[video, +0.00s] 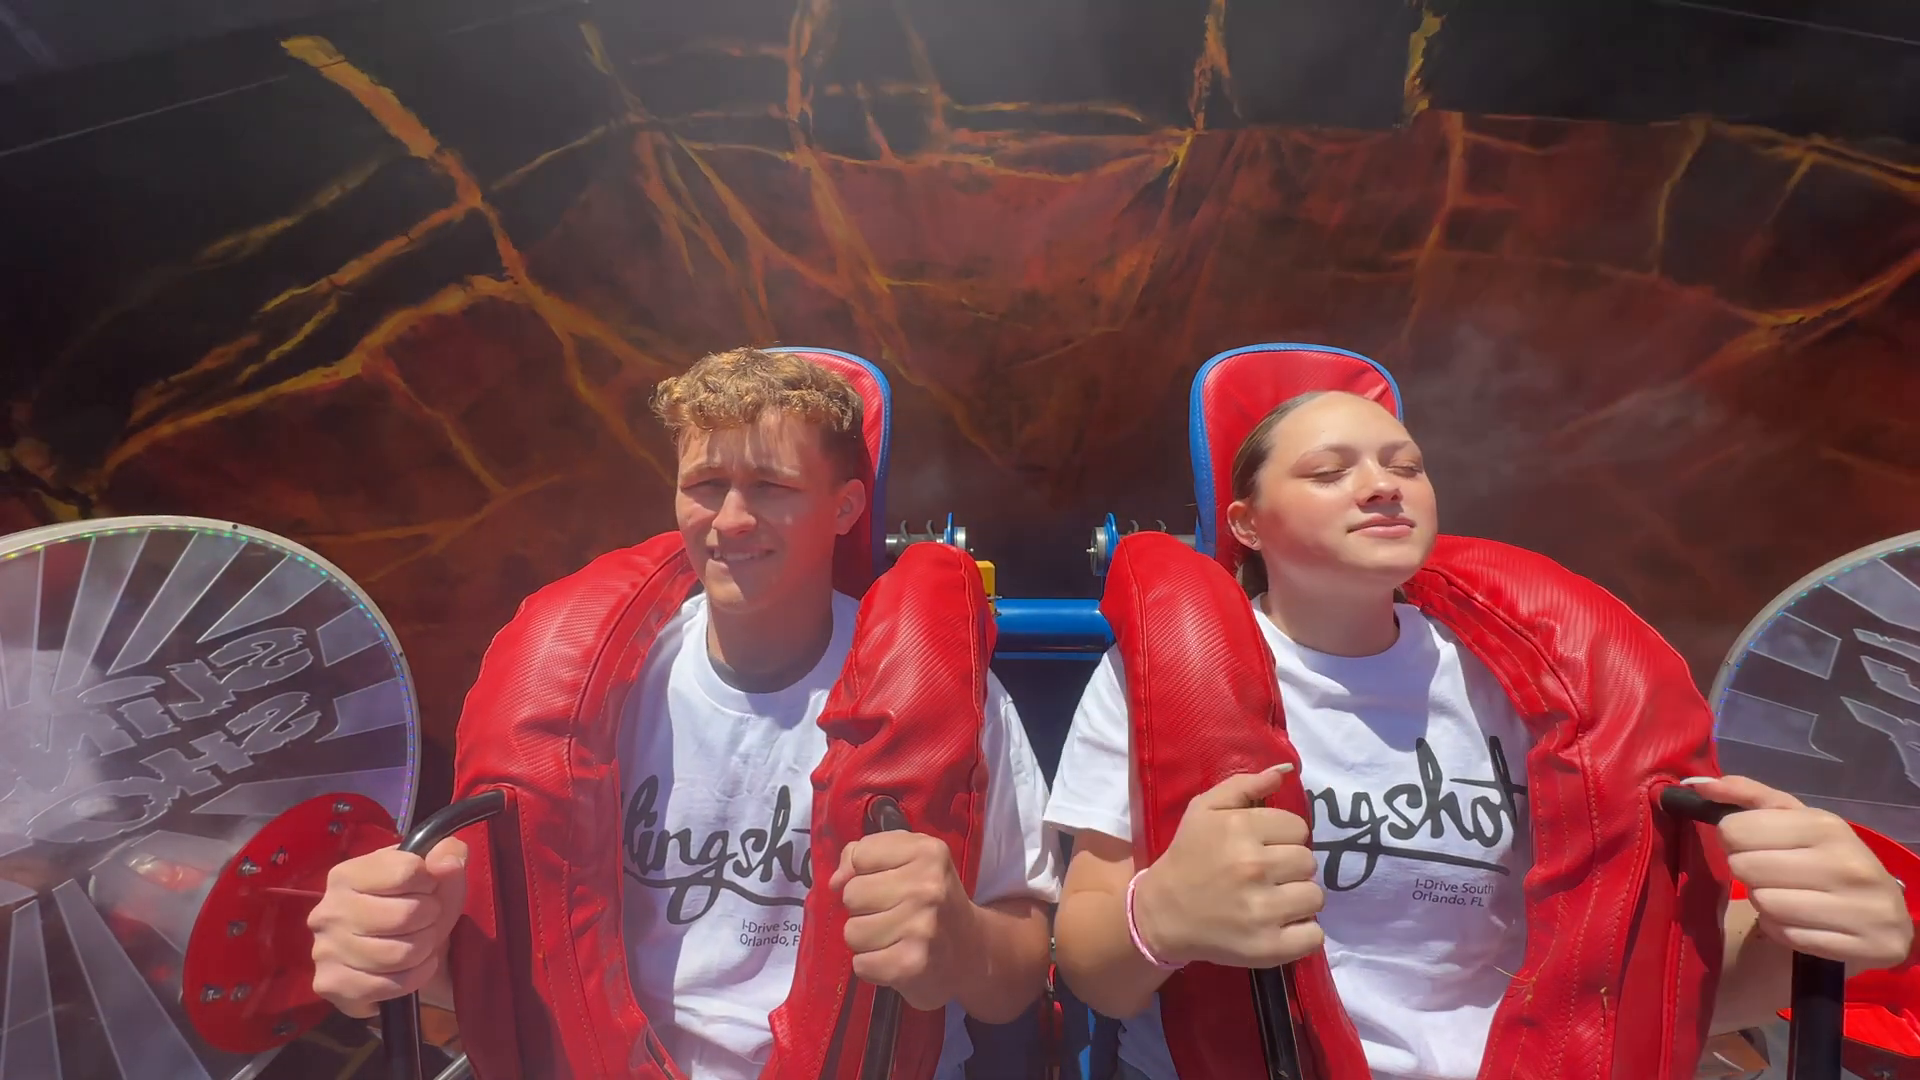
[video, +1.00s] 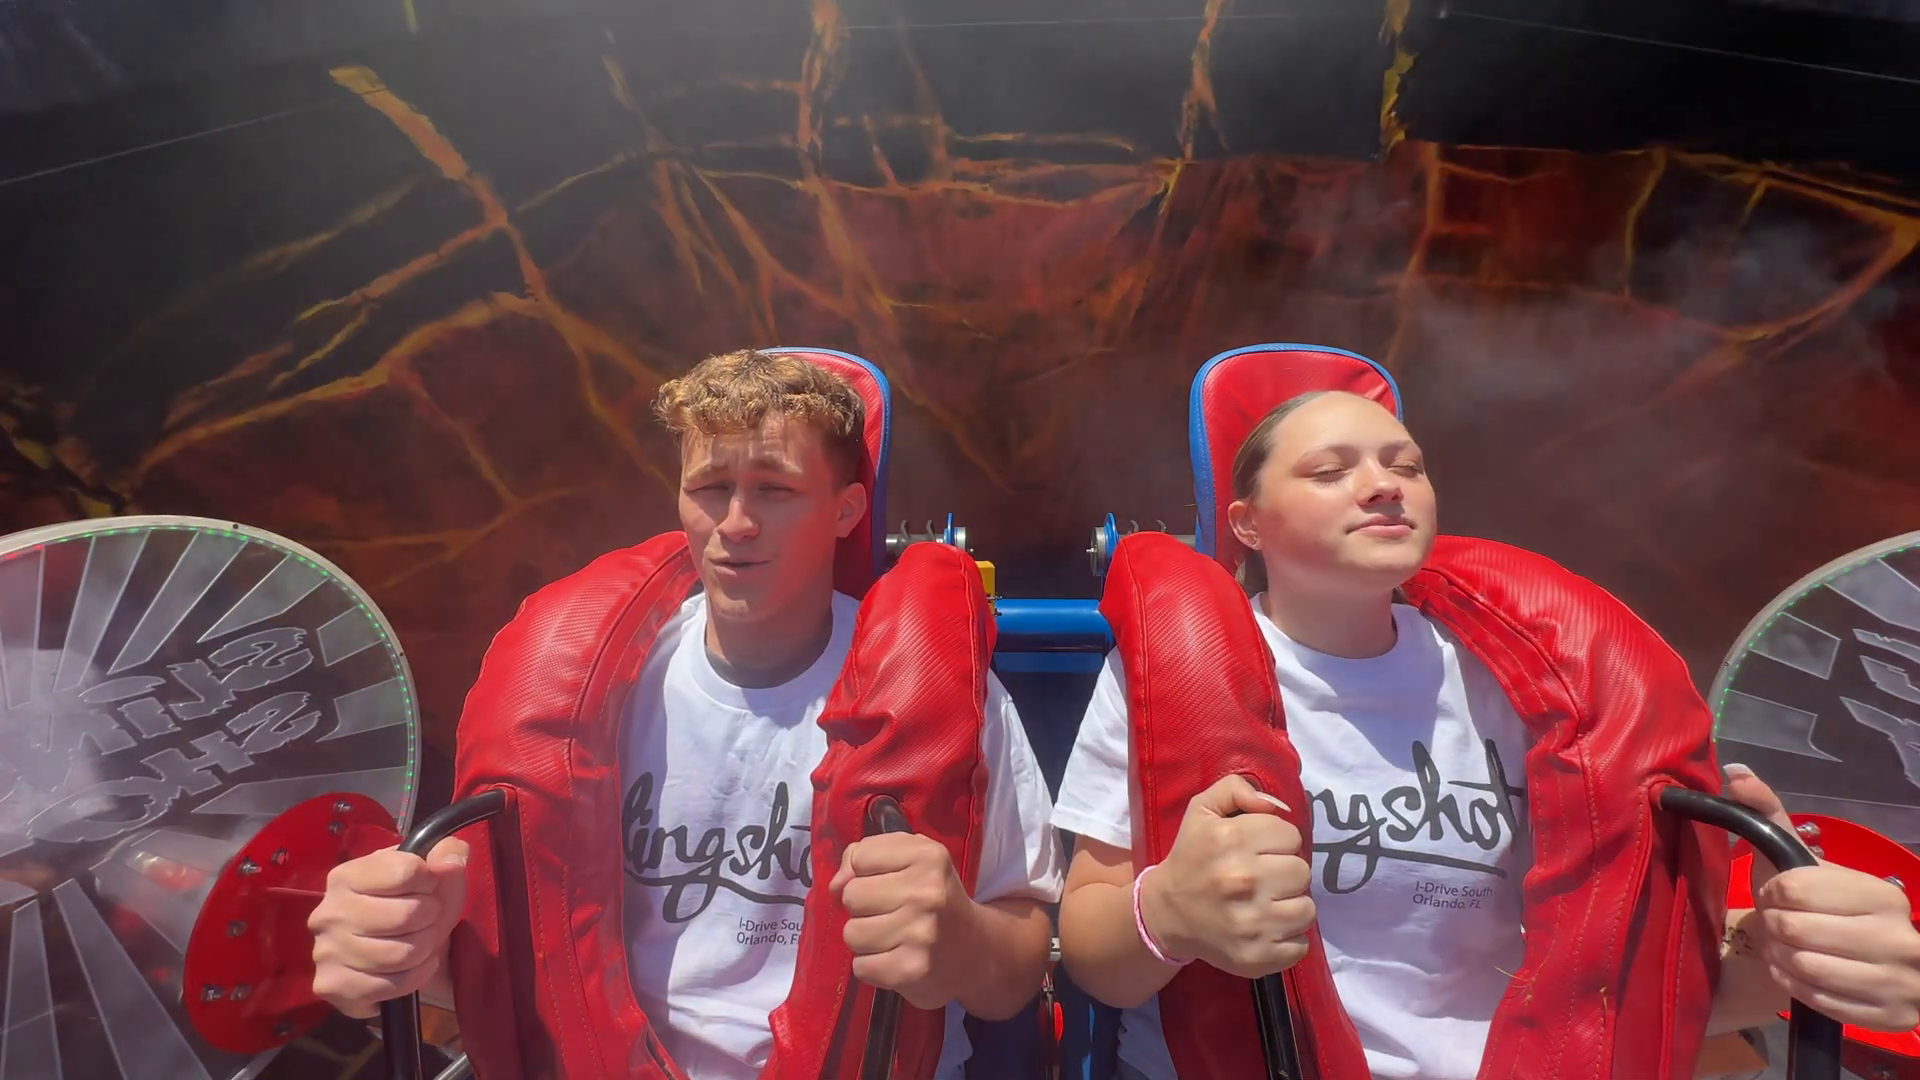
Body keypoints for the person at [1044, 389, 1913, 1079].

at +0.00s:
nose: (1382, 483)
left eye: (1400, 458)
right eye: (1327, 468)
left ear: (1431, 489)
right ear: (1243, 521)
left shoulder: (1533, 666)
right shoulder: (1168, 666)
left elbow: (1658, 971)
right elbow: (1085, 966)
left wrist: (1872, 919)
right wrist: (1153, 918)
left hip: (1518, 1066)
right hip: (1287, 1066)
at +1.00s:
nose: (1384, 482)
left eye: (1400, 458)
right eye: (1329, 468)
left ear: (1431, 489)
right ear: (1244, 523)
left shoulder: (1524, 670)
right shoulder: (1175, 667)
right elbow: (1087, 953)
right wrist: (1164, 914)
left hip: (1508, 1068)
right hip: (1289, 1066)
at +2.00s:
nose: (1386, 483)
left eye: (1402, 459)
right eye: (1331, 467)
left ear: (1432, 493)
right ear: (1245, 522)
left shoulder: (1529, 664)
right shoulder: (1172, 663)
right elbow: (1083, 954)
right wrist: (1162, 912)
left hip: (1510, 1055)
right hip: (1291, 1055)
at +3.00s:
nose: (1384, 479)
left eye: (1401, 455)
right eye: (1330, 464)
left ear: (1433, 489)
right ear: (1244, 522)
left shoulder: (1524, 670)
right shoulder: (1172, 668)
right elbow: (1085, 956)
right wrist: (1161, 911)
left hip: (1506, 1066)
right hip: (1290, 1065)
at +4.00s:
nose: (1381, 487)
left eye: (1400, 460)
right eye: (1329, 470)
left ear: (1432, 486)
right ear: (1246, 521)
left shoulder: (1532, 664)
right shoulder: (1173, 663)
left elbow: (1651, 924)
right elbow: (1089, 957)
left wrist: (1756, 899)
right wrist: (1162, 910)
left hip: (1507, 1068)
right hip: (1287, 1066)